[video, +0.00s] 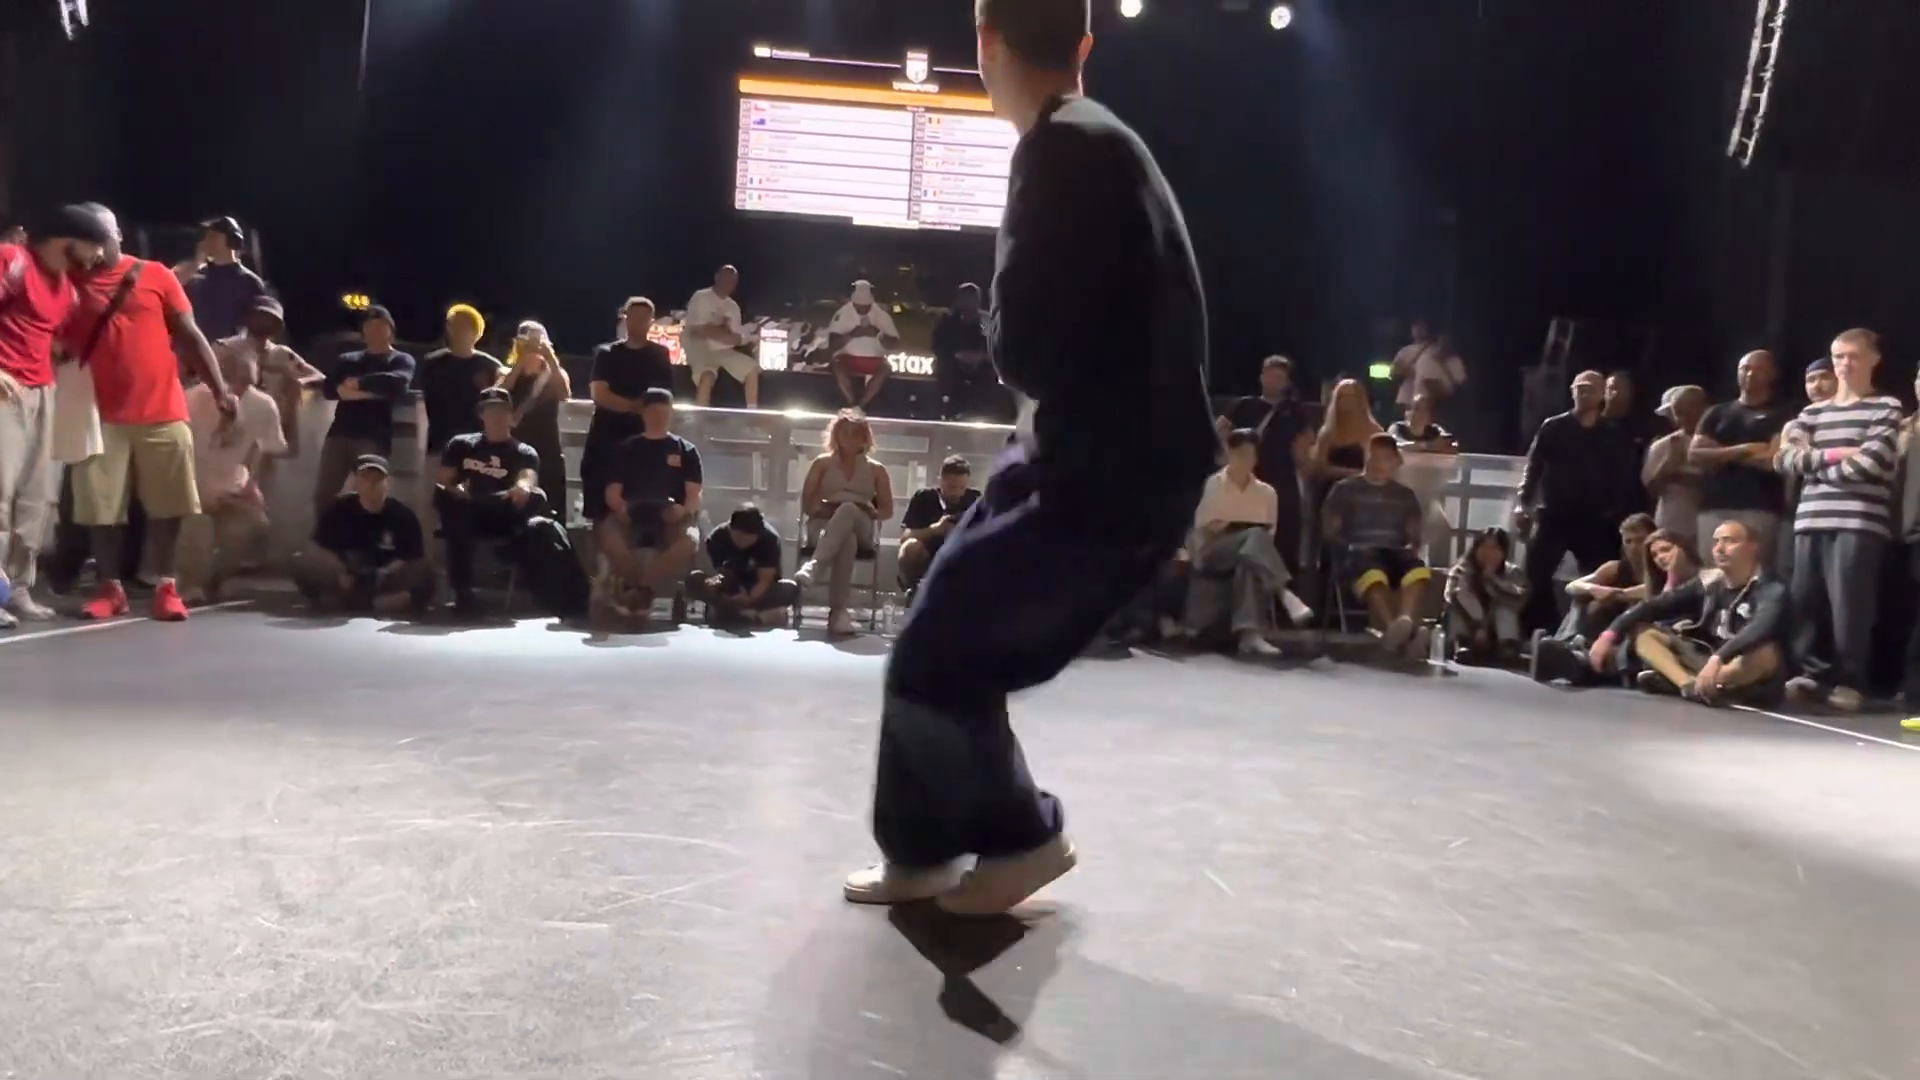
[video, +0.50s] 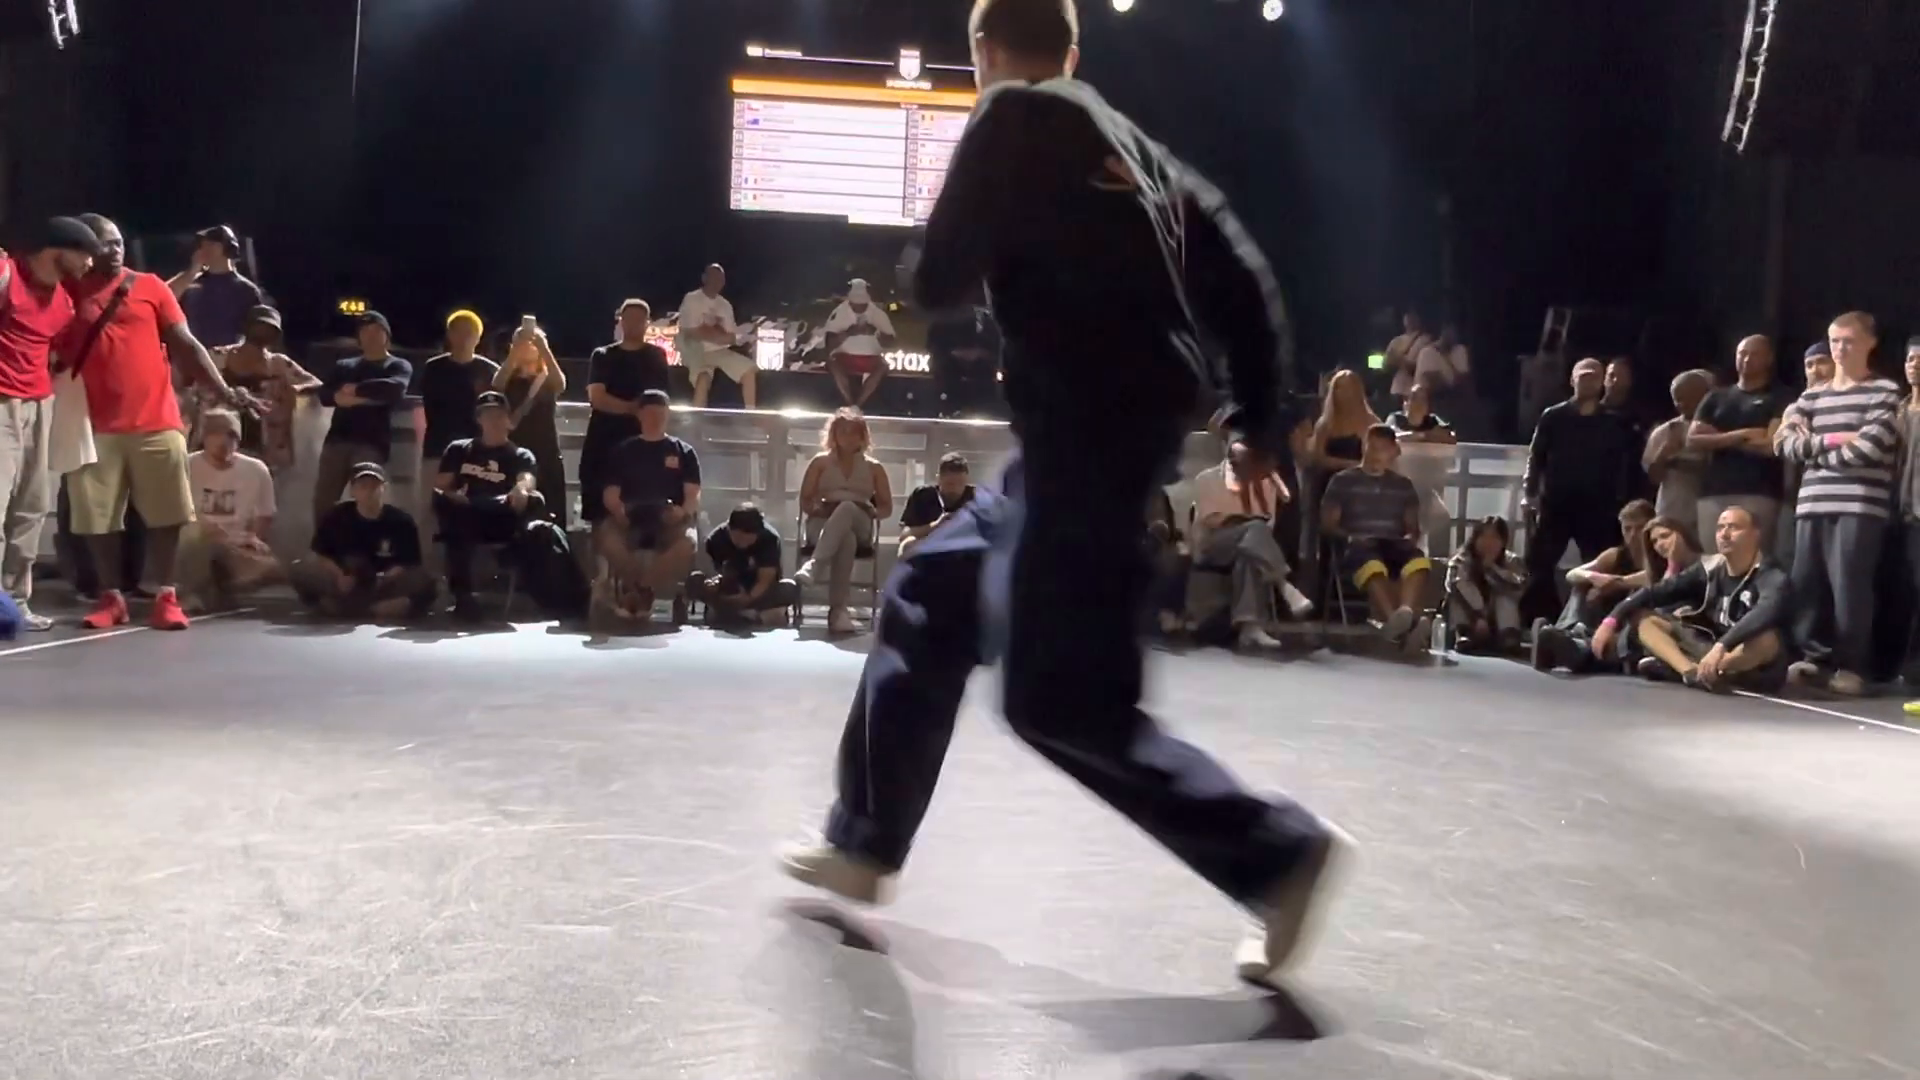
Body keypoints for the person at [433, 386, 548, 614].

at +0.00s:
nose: (497, 416)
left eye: (501, 411)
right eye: (491, 410)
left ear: (511, 416)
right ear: (481, 415)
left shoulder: (525, 453)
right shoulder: (460, 445)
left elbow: (526, 483)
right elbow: (442, 484)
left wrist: (521, 488)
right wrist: (457, 492)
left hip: (505, 506)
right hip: (471, 505)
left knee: (535, 498)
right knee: (454, 512)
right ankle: (463, 593)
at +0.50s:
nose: (494, 420)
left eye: (498, 414)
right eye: (488, 414)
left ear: (508, 419)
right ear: (478, 419)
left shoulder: (522, 456)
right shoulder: (459, 449)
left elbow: (526, 479)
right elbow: (439, 489)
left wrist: (520, 490)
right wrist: (458, 497)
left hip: (504, 512)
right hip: (468, 512)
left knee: (534, 501)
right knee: (454, 520)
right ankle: (463, 597)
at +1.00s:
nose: (501, 439)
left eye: (506, 433)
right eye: (495, 433)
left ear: (515, 437)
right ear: (485, 438)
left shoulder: (529, 473)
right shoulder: (466, 468)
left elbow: (533, 502)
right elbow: (448, 511)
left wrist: (528, 508)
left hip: (511, 534)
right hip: (475, 534)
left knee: (538, 519)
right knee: (462, 536)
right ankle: (471, 615)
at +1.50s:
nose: (505, 442)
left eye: (510, 436)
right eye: (500, 436)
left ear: (518, 440)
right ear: (489, 440)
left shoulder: (532, 475)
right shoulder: (469, 469)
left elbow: (538, 498)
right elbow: (451, 510)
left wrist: (531, 508)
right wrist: (465, 516)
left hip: (514, 529)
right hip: (479, 528)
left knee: (546, 520)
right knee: (465, 538)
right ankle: (474, 618)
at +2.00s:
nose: (513, 440)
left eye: (517, 434)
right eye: (507, 434)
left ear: (526, 439)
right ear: (496, 438)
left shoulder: (540, 474)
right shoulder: (477, 468)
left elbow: (544, 497)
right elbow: (458, 509)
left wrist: (538, 507)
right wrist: (472, 515)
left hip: (521, 532)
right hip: (487, 532)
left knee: (553, 518)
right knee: (472, 536)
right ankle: (481, 617)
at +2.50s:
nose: (521, 433)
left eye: (525, 428)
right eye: (515, 428)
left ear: (532, 434)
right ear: (504, 432)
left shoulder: (545, 468)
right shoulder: (483, 461)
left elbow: (551, 492)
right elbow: (465, 501)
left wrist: (546, 502)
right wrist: (479, 508)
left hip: (528, 526)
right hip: (493, 524)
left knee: (558, 514)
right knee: (479, 530)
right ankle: (487, 609)